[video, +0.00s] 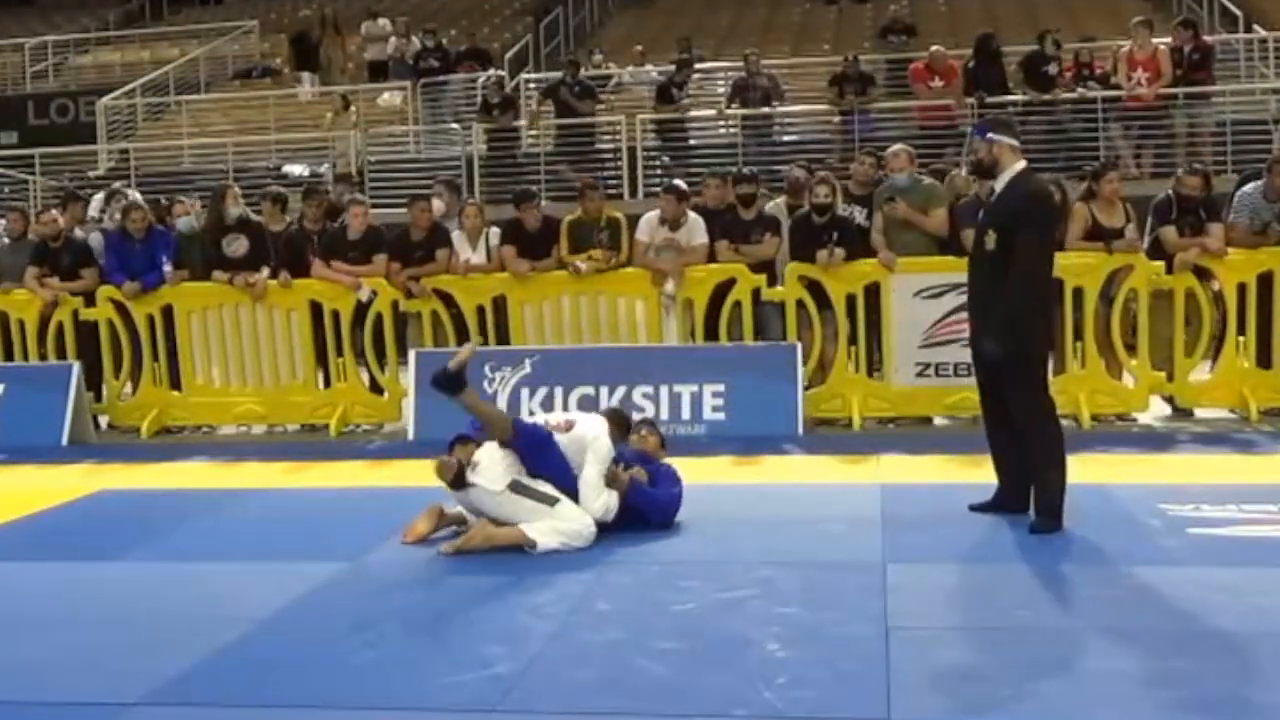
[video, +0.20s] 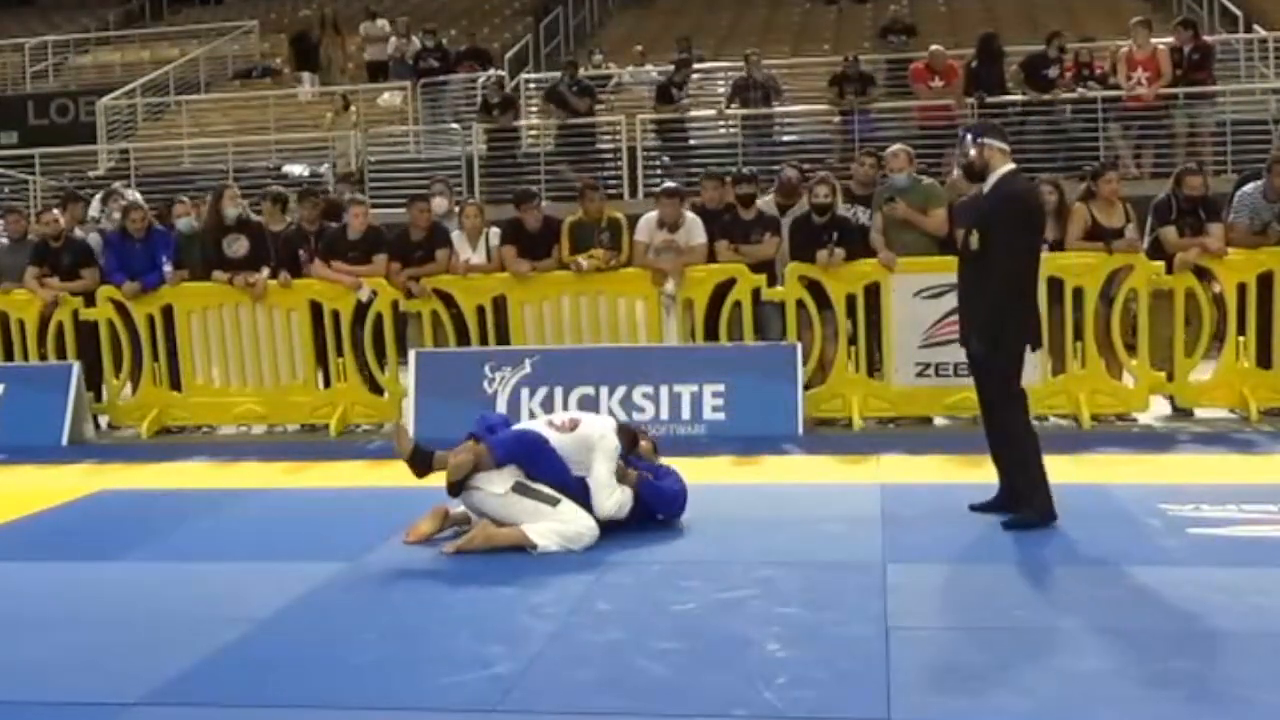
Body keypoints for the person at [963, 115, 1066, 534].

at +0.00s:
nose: (976, 158)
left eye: (979, 150)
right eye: (975, 151)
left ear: (999, 147)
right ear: (998, 149)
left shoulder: (1033, 195)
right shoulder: (1001, 195)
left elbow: (1029, 276)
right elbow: (992, 270)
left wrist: (1010, 330)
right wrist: (981, 325)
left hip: (1019, 327)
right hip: (991, 325)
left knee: (1032, 412)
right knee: (1000, 411)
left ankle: (1049, 507)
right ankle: (1011, 492)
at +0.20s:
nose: (966, 162)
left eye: (969, 154)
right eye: (966, 155)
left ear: (987, 151)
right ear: (996, 151)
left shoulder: (1009, 195)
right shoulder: (1007, 192)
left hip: (1000, 324)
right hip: (989, 322)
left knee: (1008, 412)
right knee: (996, 410)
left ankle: (1036, 504)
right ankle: (1011, 489)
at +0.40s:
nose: (956, 163)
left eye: (959, 154)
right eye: (956, 155)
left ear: (975, 150)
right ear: (993, 150)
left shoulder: (993, 193)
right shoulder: (1015, 192)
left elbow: (941, 222)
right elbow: (996, 268)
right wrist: (961, 313)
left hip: (979, 323)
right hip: (1006, 322)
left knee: (959, 401)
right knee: (1006, 401)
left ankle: (985, 496)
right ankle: (1016, 495)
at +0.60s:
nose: (943, 161)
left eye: (945, 153)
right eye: (943, 154)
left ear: (960, 152)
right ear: (981, 153)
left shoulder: (967, 197)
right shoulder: (1013, 197)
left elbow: (958, 269)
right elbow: (1020, 257)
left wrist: (937, 325)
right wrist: (1001, 303)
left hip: (962, 322)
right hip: (1004, 321)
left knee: (939, 405)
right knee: (1006, 405)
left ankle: (929, 488)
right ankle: (1014, 493)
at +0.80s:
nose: (919, 166)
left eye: (922, 159)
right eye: (920, 159)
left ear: (937, 158)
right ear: (961, 157)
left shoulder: (937, 202)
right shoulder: (995, 202)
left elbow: (929, 272)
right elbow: (1005, 269)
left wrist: (915, 329)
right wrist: (991, 306)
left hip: (944, 321)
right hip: (990, 320)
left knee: (935, 409)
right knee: (999, 405)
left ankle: (919, 484)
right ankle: (1010, 493)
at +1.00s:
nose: (893, 168)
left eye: (895, 161)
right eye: (893, 162)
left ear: (907, 158)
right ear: (933, 157)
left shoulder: (912, 204)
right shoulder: (972, 196)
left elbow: (905, 273)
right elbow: (981, 262)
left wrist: (890, 328)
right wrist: (973, 305)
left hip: (924, 320)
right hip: (970, 317)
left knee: (924, 408)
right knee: (976, 396)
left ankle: (922, 484)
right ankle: (1002, 481)